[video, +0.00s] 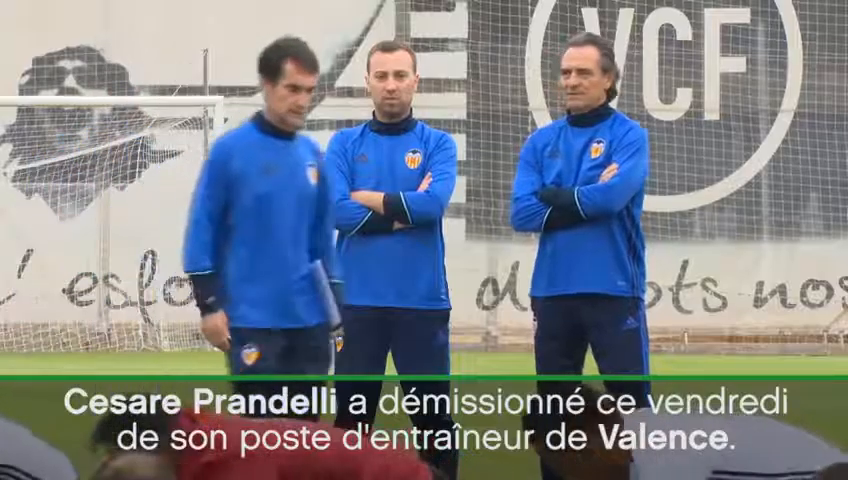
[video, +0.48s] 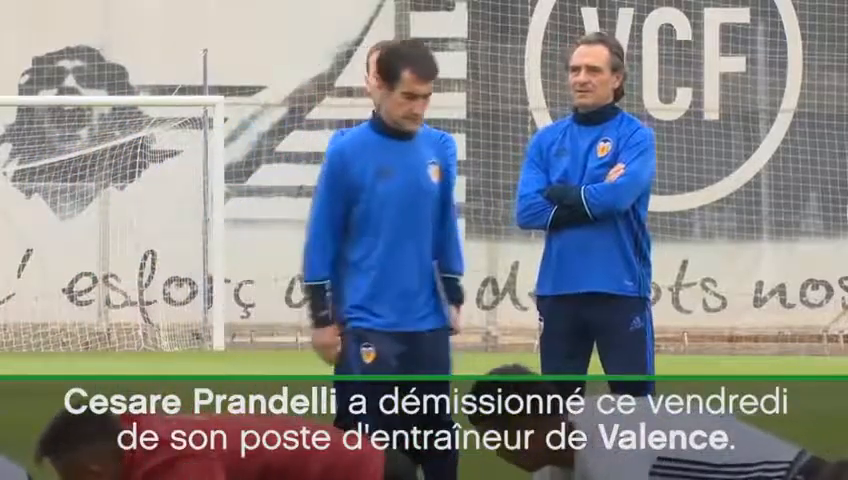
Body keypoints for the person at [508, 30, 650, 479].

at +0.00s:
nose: (570, 81)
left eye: (582, 73)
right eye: (565, 73)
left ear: (609, 81)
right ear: (558, 79)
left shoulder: (629, 135)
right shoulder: (539, 140)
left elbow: (612, 196)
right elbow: (521, 213)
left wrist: (547, 195)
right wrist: (592, 197)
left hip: (614, 291)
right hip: (553, 291)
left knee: (630, 406)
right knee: (552, 408)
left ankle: (643, 476)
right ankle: (556, 476)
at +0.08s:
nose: (574, 81)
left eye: (585, 72)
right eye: (568, 72)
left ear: (611, 79)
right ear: (561, 78)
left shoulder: (628, 132)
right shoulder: (538, 141)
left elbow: (613, 198)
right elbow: (521, 213)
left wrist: (549, 191)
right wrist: (597, 194)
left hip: (614, 291)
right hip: (553, 292)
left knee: (630, 405)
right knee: (554, 407)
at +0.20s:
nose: (577, 80)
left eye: (588, 71)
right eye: (571, 71)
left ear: (613, 79)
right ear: (563, 78)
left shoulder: (631, 134)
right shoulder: (539, 141)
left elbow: (614, 198)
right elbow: (522, 212)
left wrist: (552, 191)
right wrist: (598, 193)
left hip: (616, 291)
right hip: (554, 292)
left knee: (633, 406)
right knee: (553, 407)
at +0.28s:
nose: (578, 80)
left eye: (590, 71)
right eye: (572, 71)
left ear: (614, 79)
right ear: (564, 78)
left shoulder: (631, 134)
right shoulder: (540, 141)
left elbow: (615, 199)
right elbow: (523, 212)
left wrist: (552, 191)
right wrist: (599, 193)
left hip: (617, 291)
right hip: (555, 292)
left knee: (633, 405)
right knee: (554, 406)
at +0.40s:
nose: (580, 79)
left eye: (592, 71)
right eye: (574, 71)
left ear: (615, 79)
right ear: (567, 77)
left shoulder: (634, 134)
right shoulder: (543, 139)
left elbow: (615, 198)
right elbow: (524, 212)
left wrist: (553, 190)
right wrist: (600, 193)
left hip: (619, 292)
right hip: (557, 293)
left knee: (635, 407)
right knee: (556, 409)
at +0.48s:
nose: (582, 79)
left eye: (593, 70)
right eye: (575, 70)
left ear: (617, 79)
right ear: (568, 77)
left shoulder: (634, 134)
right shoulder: (544, 139)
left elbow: (617, 198)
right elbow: (526, 212)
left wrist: (555, 191)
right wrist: (601, 195)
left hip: (621, 292)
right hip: (559, 293)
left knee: (635, 407)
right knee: (557, 408)